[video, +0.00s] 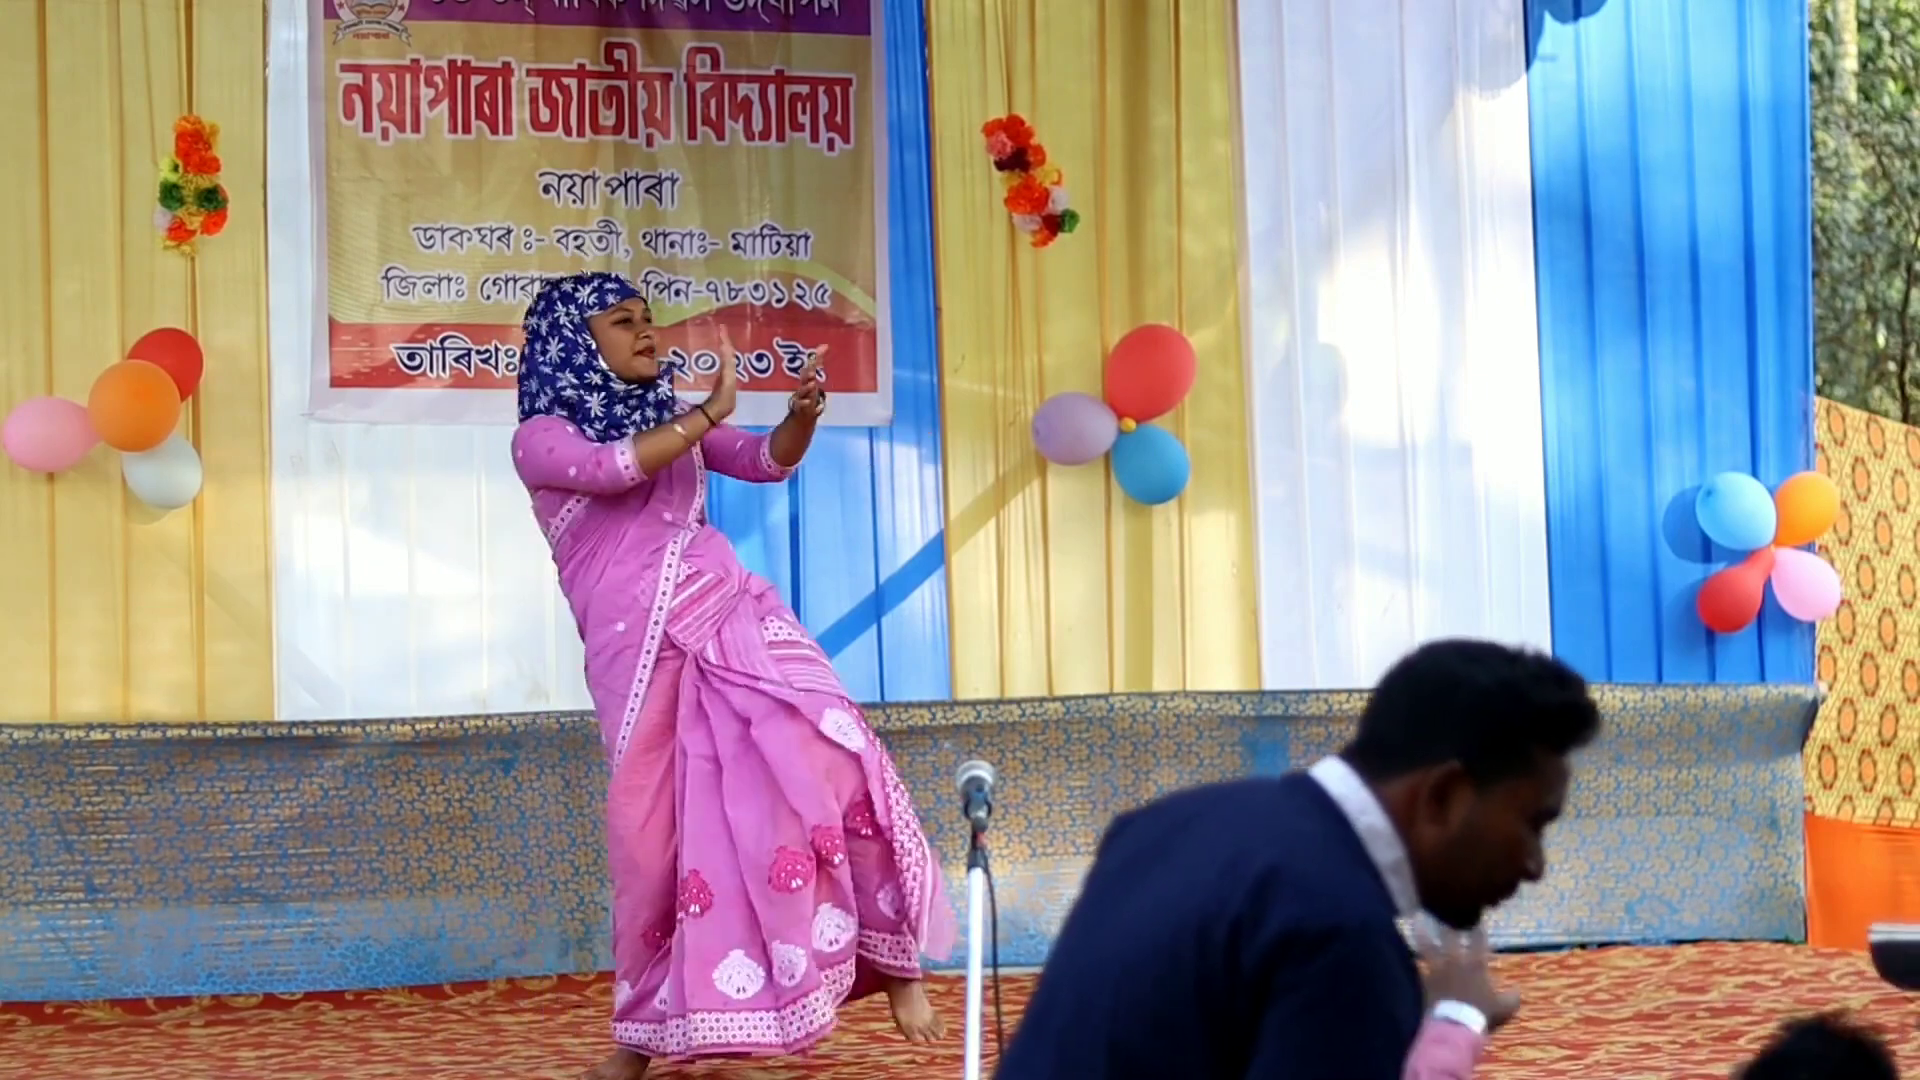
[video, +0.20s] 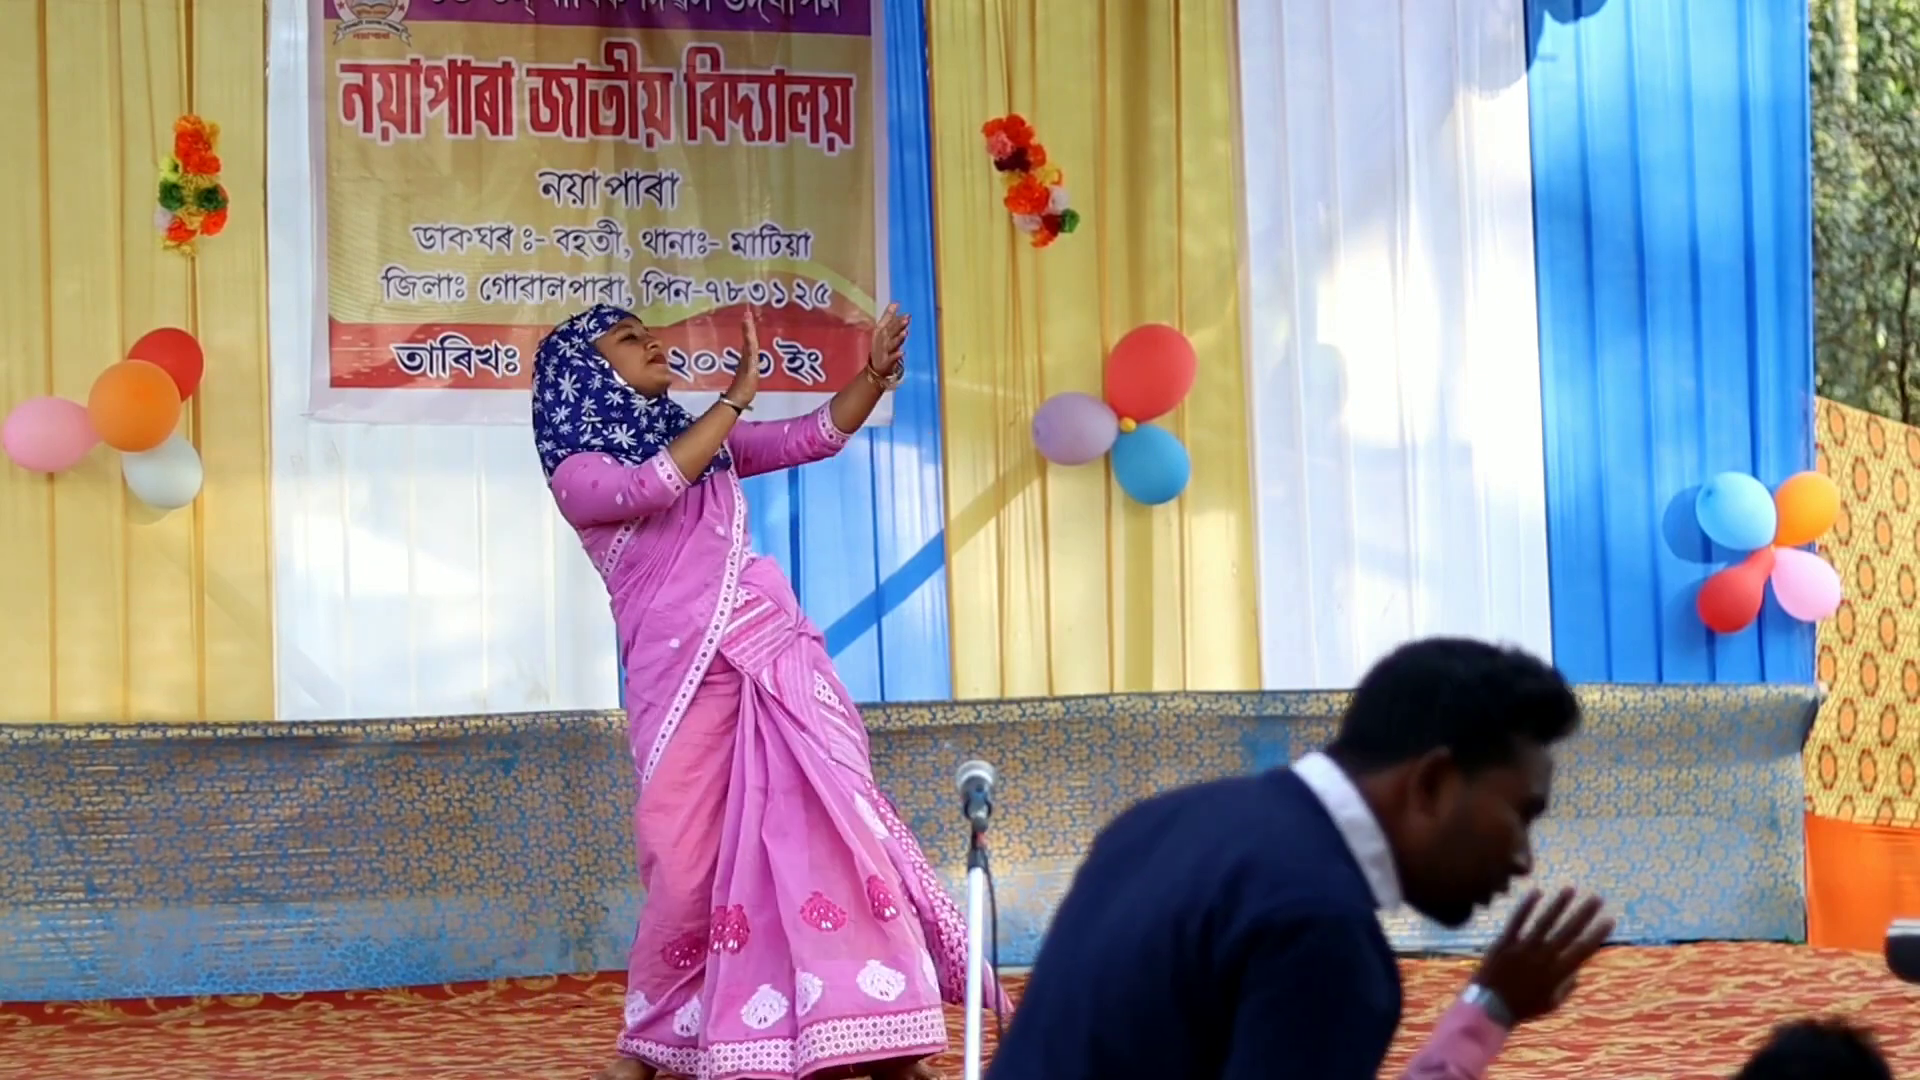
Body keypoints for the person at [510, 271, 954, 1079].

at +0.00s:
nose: (650, 337)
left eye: (648, 324)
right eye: (629, 326)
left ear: (644, 336)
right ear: (573, 344)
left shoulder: (668, 417)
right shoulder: (539, 438)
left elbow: (768, 459)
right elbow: (615, 467)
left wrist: (803, 414)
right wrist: (709, 413)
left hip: (737, 624)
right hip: (639, 654)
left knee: (842, 755)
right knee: (644, 843)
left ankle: (890, 949)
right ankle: (637, 1032)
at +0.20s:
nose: (657, 349)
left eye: (652, 337)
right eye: (631, 341)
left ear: (653, 365)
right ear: (585, 374)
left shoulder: (698, 441)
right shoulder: (578, 474)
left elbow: (817, 433)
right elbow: (653, 484)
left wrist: (875, 373)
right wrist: (739, 394)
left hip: (776, 654)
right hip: (682, 676)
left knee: (837, 826)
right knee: (683, 867)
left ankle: (881, 1031)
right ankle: (658, 1037)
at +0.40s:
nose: (667, 348)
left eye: (658, 340)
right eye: (642, 344)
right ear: (599, 383)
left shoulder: (723, 442)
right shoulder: (586, 486)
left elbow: (839, 434)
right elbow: (561, 568)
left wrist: (928, 382)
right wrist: (615, 472)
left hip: (728, 687)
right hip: (623, 695)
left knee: (804, 822)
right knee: (642, 866)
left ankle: (809, 1030)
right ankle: (650, 1037)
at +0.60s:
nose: (661, 328)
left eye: (652, 317)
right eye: (638, 321)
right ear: (593, 357)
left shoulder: (705, 412)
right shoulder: (579, 447)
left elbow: (824, 417)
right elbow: (631, 479)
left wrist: (888, 355)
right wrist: (705, 406)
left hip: (761, 645)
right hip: (664, 661)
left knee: (832, 802)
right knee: (666, 843)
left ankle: (840, 1008)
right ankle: (651, 1029)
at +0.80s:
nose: (670, 350)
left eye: (663, 341)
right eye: (647, 343)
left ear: (631, 377)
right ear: (601, 376)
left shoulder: (702, 438)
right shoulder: (608, 472)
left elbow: (806, 424)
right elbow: (720, 441)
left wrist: (857, 353)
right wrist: (800, 348)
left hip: (804, 658)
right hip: (719, 681)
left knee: (847, 834)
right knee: (702, 869)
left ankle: (851, 1035)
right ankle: (657, 1049)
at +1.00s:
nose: (682, 341)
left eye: (671, 333)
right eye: (661, 338)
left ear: (649, 371)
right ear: (626, 373)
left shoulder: (723, 432)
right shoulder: (598, 475)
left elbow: (834, 400)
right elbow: (619, 542)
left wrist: (924, 340)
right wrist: (662, 444)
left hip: (743, 671)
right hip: (649, 685)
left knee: (811, 823)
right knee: (688, 852)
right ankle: (682, 1018)